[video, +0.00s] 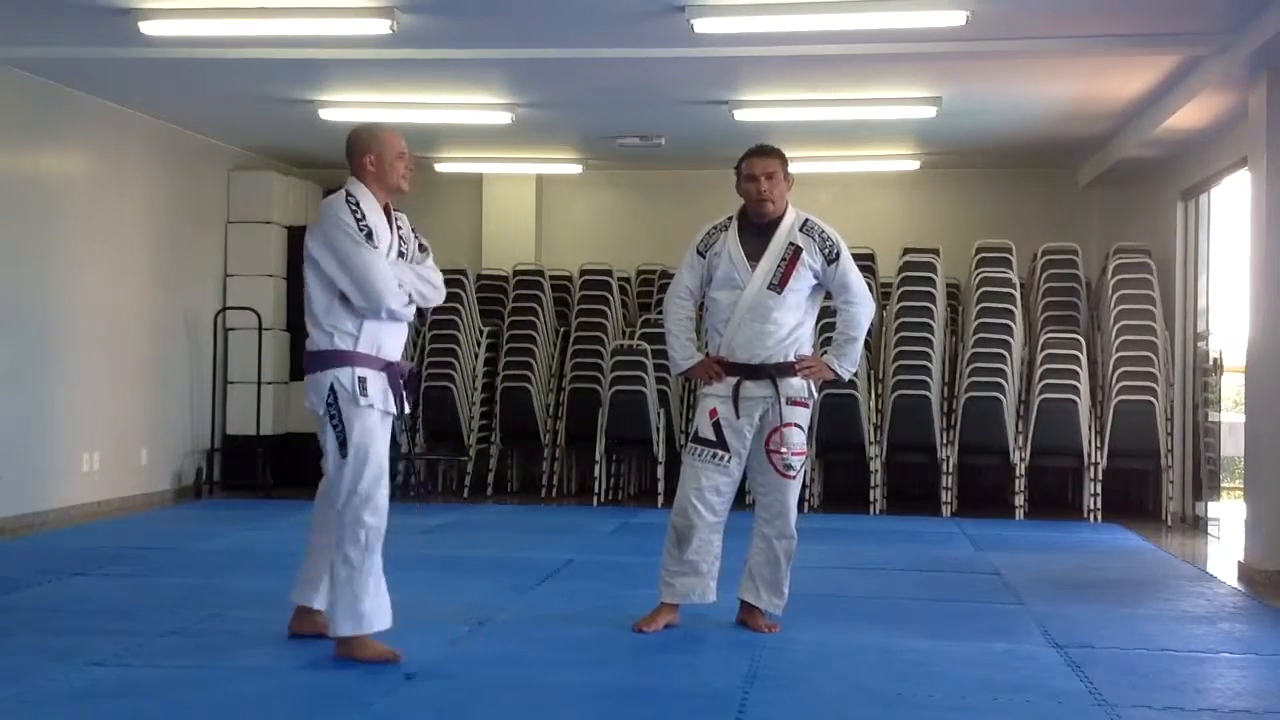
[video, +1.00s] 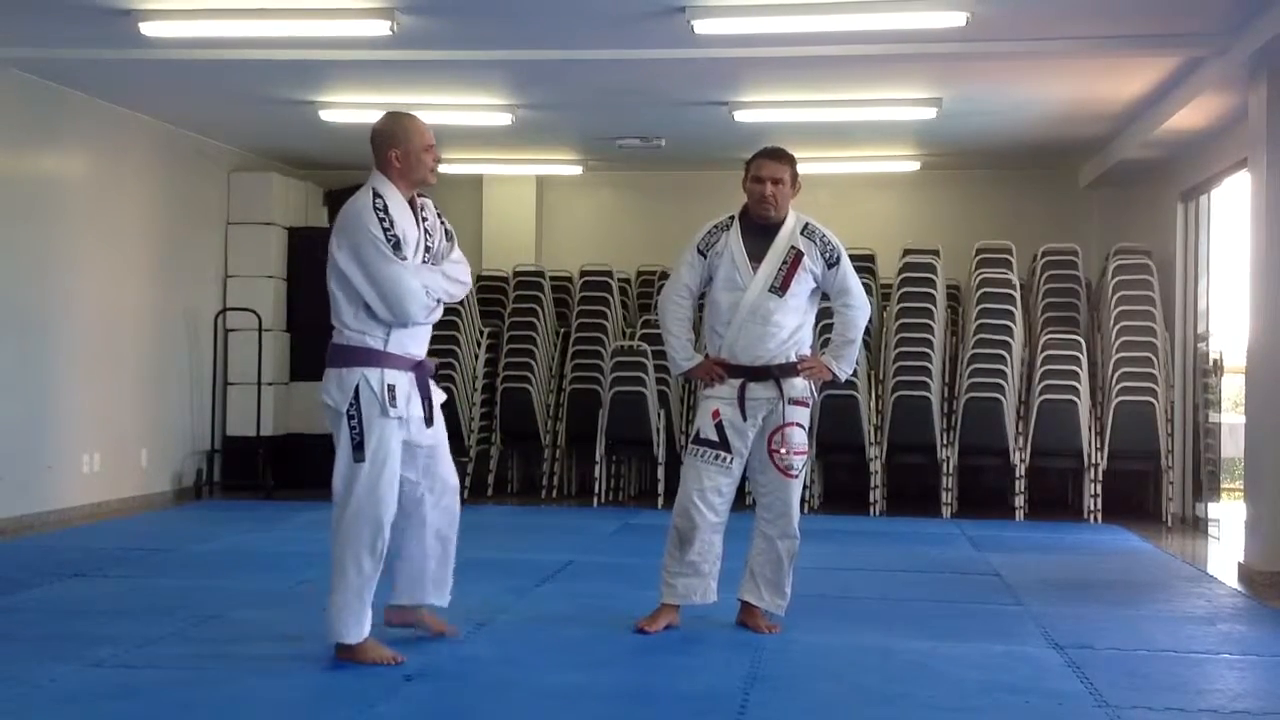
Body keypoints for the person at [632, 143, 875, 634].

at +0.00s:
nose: (761, 187)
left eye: (771, 177)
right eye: (751, 179)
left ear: (788, 183)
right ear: (738, 186)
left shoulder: (818, 240)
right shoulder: (712, 239)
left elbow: (857, 303)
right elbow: (678, 301)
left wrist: (838, 361)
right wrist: (688, 357)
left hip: (787, 390)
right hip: (722, 385)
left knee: (778, 506)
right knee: (695, 499)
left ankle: (756, 605)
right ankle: (670, 602)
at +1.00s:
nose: (767, 191)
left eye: (778, 183)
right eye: (758, 181)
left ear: (794, 189)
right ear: (744, 185)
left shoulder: (818, 244)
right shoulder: (713, 238)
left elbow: (854, 305)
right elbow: (674, 299)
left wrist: (836, 362)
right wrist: (688, 357)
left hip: (788, 391)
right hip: (722, 386)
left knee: (780, 507)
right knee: (696, 500)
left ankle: (756, 605)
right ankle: (672, 603)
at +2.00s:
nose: (750, 208)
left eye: (762, 201)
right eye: (744, 197)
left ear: (783, 200)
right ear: (735, 190)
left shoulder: (801, 236)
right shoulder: (708, 236)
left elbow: (850, 230)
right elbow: (668, 299)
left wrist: (805, 184)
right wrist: (686, 362)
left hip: (783, 387)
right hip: (720, 385)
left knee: (779, 505)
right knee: (693, 500)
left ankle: (755, 604)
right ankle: (671, 604)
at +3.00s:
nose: (750, 195)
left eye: (761, 188)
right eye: (746, 186)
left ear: (787, 193)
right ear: (741, 185)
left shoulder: (809, 236)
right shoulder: (715, 235)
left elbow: (851, 237)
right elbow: (675, 295)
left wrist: (813, 186)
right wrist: (686, 356)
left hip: (786, 386)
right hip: (722, 383)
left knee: (779, 505)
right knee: (695, 500)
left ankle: (755, 606)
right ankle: (672, 604)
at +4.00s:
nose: (741, 201)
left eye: (752, 195)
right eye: (739, 191)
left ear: (781, 197)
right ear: (735, 187)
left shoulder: (808, 236)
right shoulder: (715, 236)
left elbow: (862, 259)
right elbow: (675, 299)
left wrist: (815, 212)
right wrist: (687, 358)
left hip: (786, 388)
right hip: (722, 385)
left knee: (780, 506)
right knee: (696, 502)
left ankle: (755, 606)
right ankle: (672, 604)